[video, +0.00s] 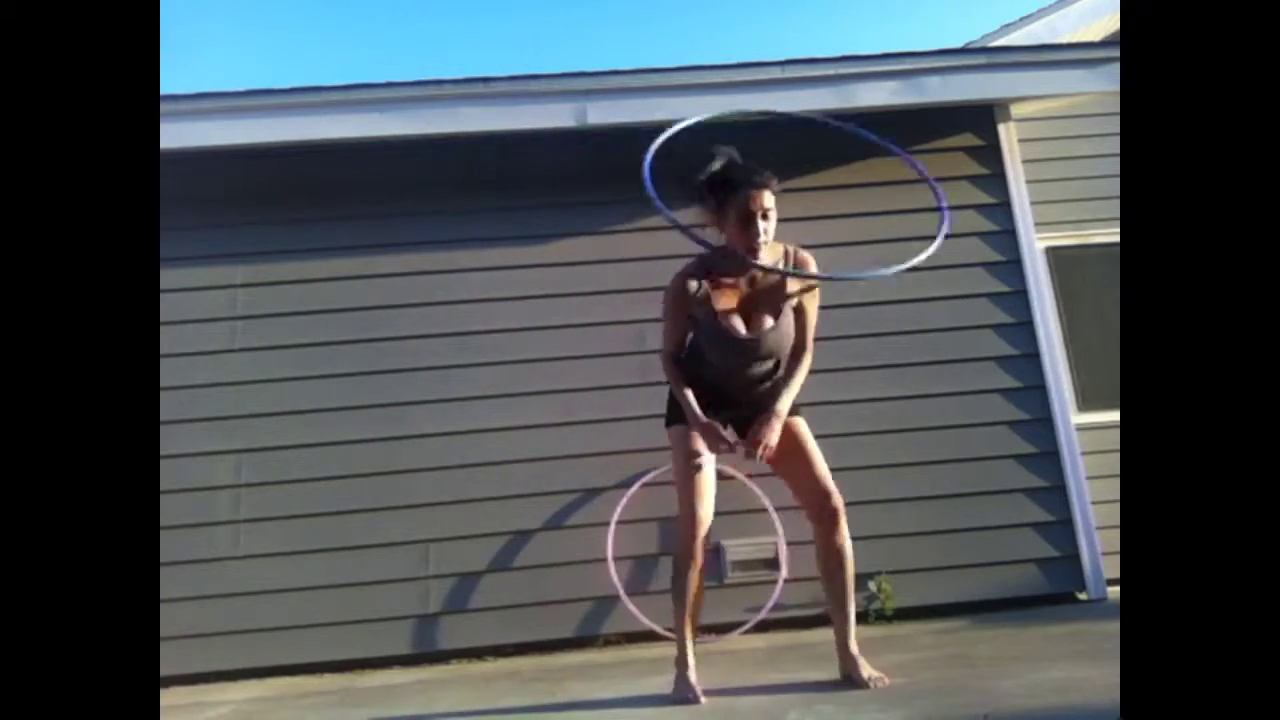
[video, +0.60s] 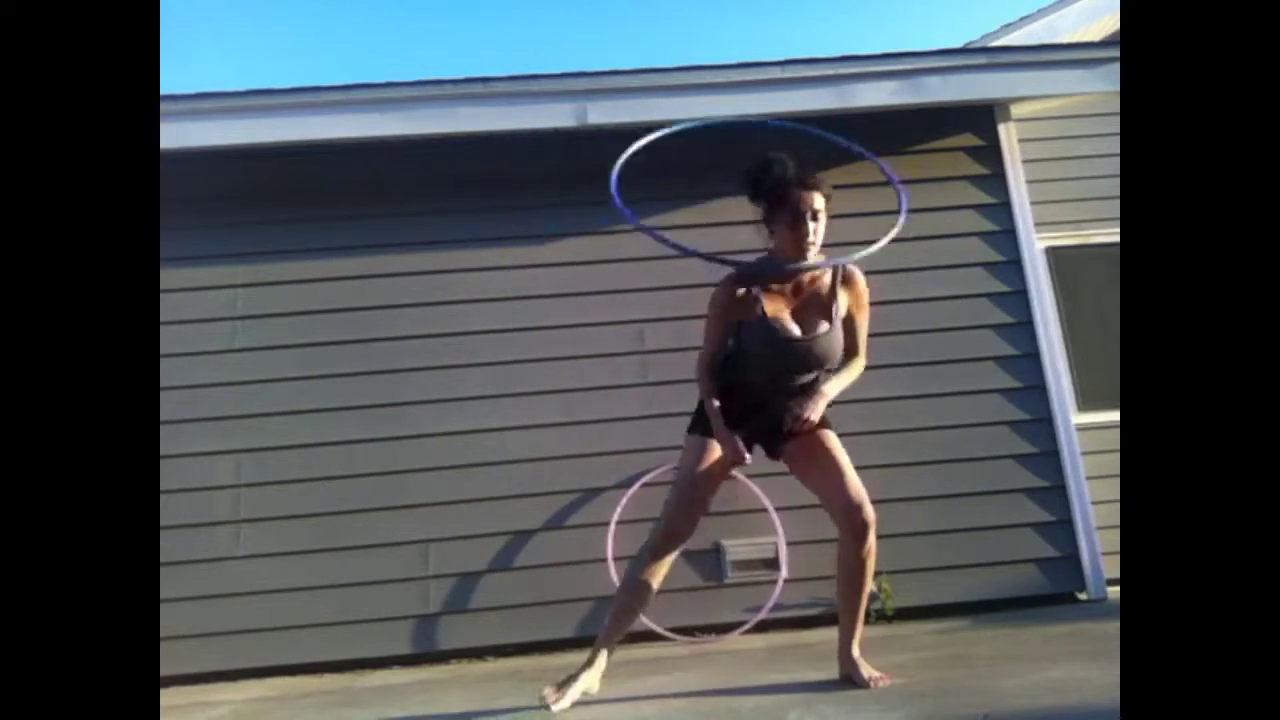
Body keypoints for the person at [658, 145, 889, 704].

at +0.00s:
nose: (759, 228)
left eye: (766, 214)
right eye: (745, 217)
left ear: (777, 213)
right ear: (717, 221)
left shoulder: (798, 265)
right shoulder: (689, 285)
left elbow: (804, 349)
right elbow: (671, 360)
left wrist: (776, 414)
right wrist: (698, 420)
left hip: (770, 401)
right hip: (701, 405)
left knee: (830, 507)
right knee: (694, 529)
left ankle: (849, 652)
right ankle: (685, 666)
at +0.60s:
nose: (813, 229)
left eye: (819, 217)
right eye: (801, 217)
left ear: (827, 221)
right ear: (771, 223)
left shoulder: (847, 282)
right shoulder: (739, 289)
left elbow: (856, 360)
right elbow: (707, 371)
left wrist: (824, 393)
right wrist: (722, 431)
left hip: (797, 417)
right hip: (730, 414)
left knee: (860, 520)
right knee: (671, 533)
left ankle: (851, 654)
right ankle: (596, 663)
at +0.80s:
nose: (769, 254)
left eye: (779, 242)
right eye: (757, 243)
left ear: (788, 242)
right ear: (732, 242)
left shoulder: (800, 285)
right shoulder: (697, 300)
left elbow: (833, 370)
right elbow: (672, 378)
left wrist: (816, 319)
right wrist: (696, 438)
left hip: (768, 418)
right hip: (701, 421)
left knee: (840, 520)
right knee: (642, 545)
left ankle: (848, 655)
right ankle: (580, 675)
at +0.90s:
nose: (733, 246)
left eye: (741, 235)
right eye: (721, 235)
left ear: (753, 237)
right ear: (697, 241)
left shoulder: (758, 281)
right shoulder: (666, 297)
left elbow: (775, 288)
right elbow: (655, 380)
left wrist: (759, 217)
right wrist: (679, 437)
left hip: (750, 418)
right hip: (684, 421)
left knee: (824, 519)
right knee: (622, 536)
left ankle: (847, 655)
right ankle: (577, 676)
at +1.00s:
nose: (699, 231)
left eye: (706, 217)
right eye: (684, 221)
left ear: (720, 219)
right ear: (658, 233)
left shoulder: (729, 272)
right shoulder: (639, 292)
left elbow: (733, 217)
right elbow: (636, 374)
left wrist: (698, 152)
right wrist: (657, 428)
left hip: (733, 414)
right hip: (664, 421)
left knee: (804, 521)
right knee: (608, 533)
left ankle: (843, 652)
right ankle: (577, 675)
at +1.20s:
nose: (654, 209)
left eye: (660, 198)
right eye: (644, 200)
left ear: (674, 214)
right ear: (620, 215)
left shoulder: (684, 258)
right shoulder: (596, 283)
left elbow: (716, 198)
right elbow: (604, 360)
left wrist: (627, 194)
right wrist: (615, 413)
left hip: (702, 398)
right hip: (634, 406)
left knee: (770, 525)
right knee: (599, 536)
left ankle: (840, 652)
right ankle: (574, 681)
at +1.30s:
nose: (637, 222)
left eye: (645, 214)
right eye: (625, 210)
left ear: (652, 223)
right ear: (593, 220)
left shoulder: (662, 267)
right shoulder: (573, 291)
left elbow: (704, 251)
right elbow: (586, 362)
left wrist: (612, 239)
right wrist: (601, 415)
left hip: (688, 397)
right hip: (621, 410)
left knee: (760, 522)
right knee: (594, 535)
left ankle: (841, 653)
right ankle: (575, 680)